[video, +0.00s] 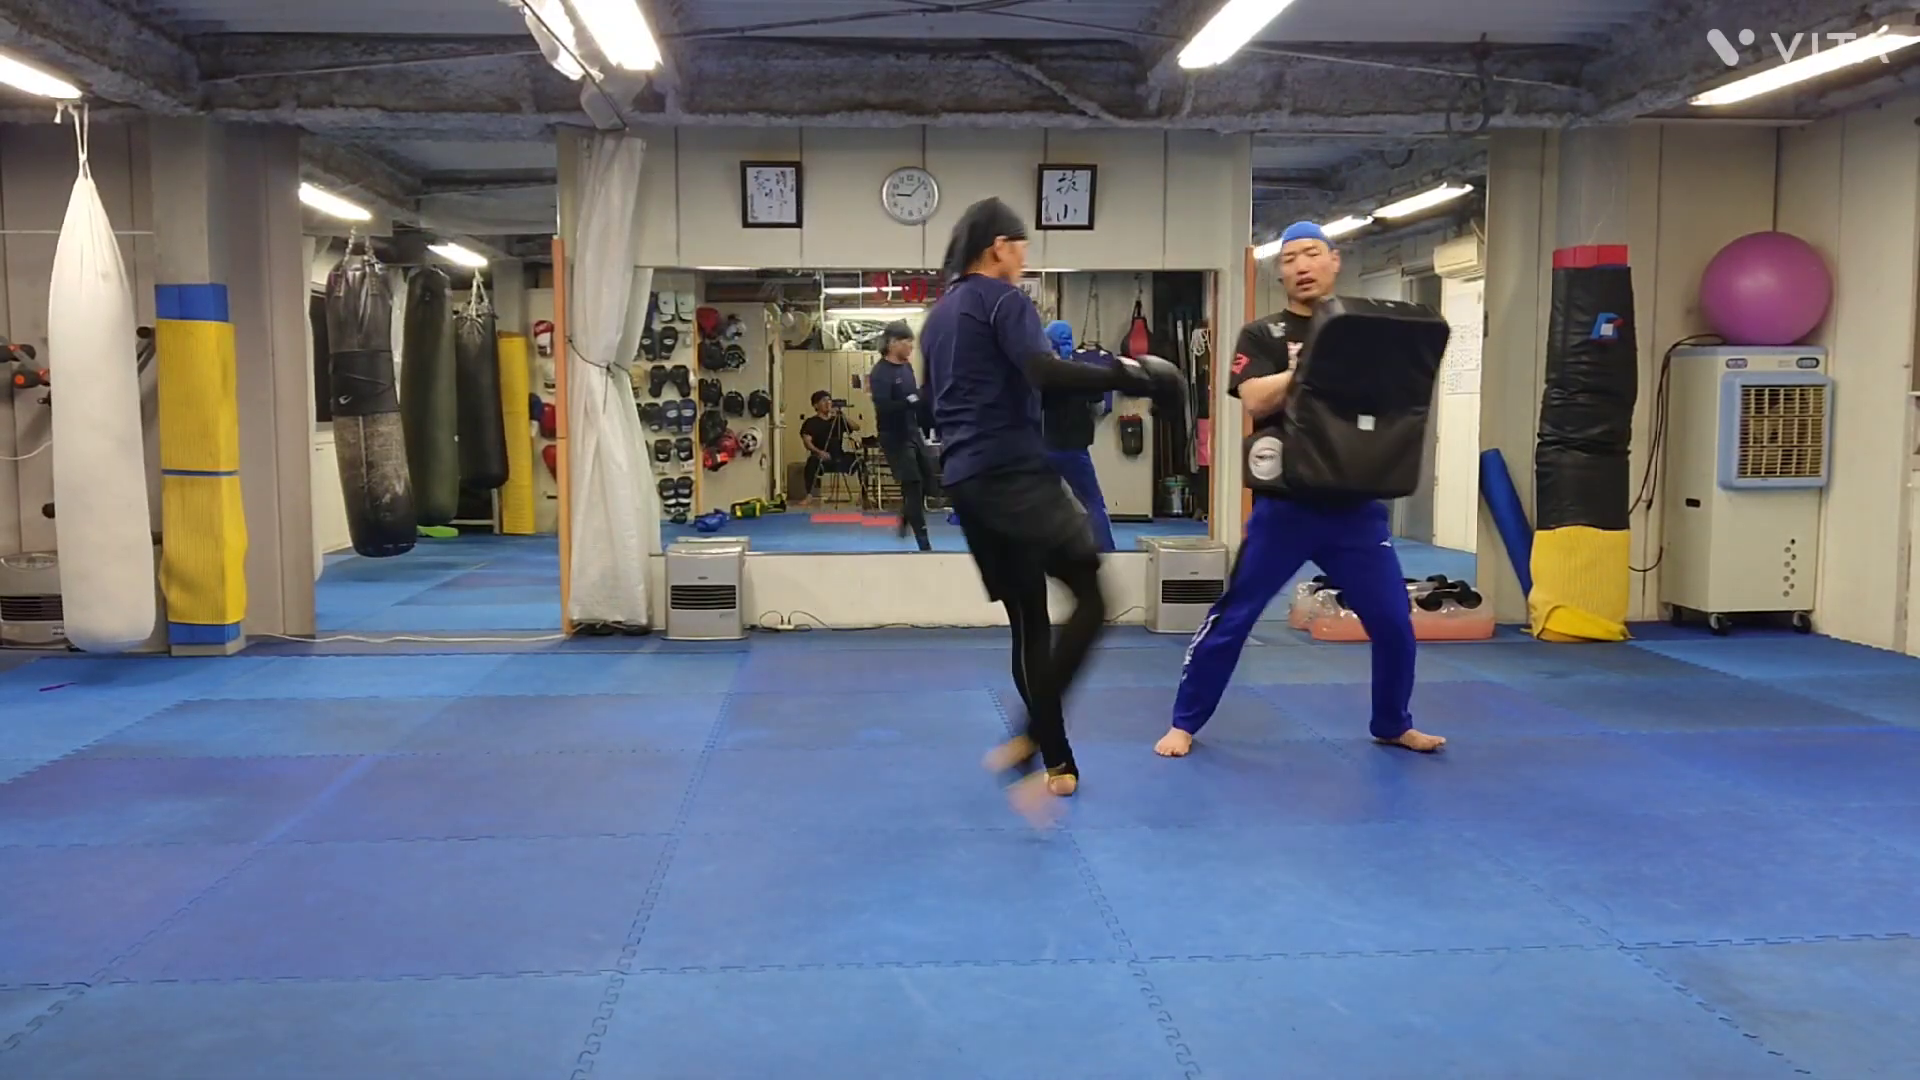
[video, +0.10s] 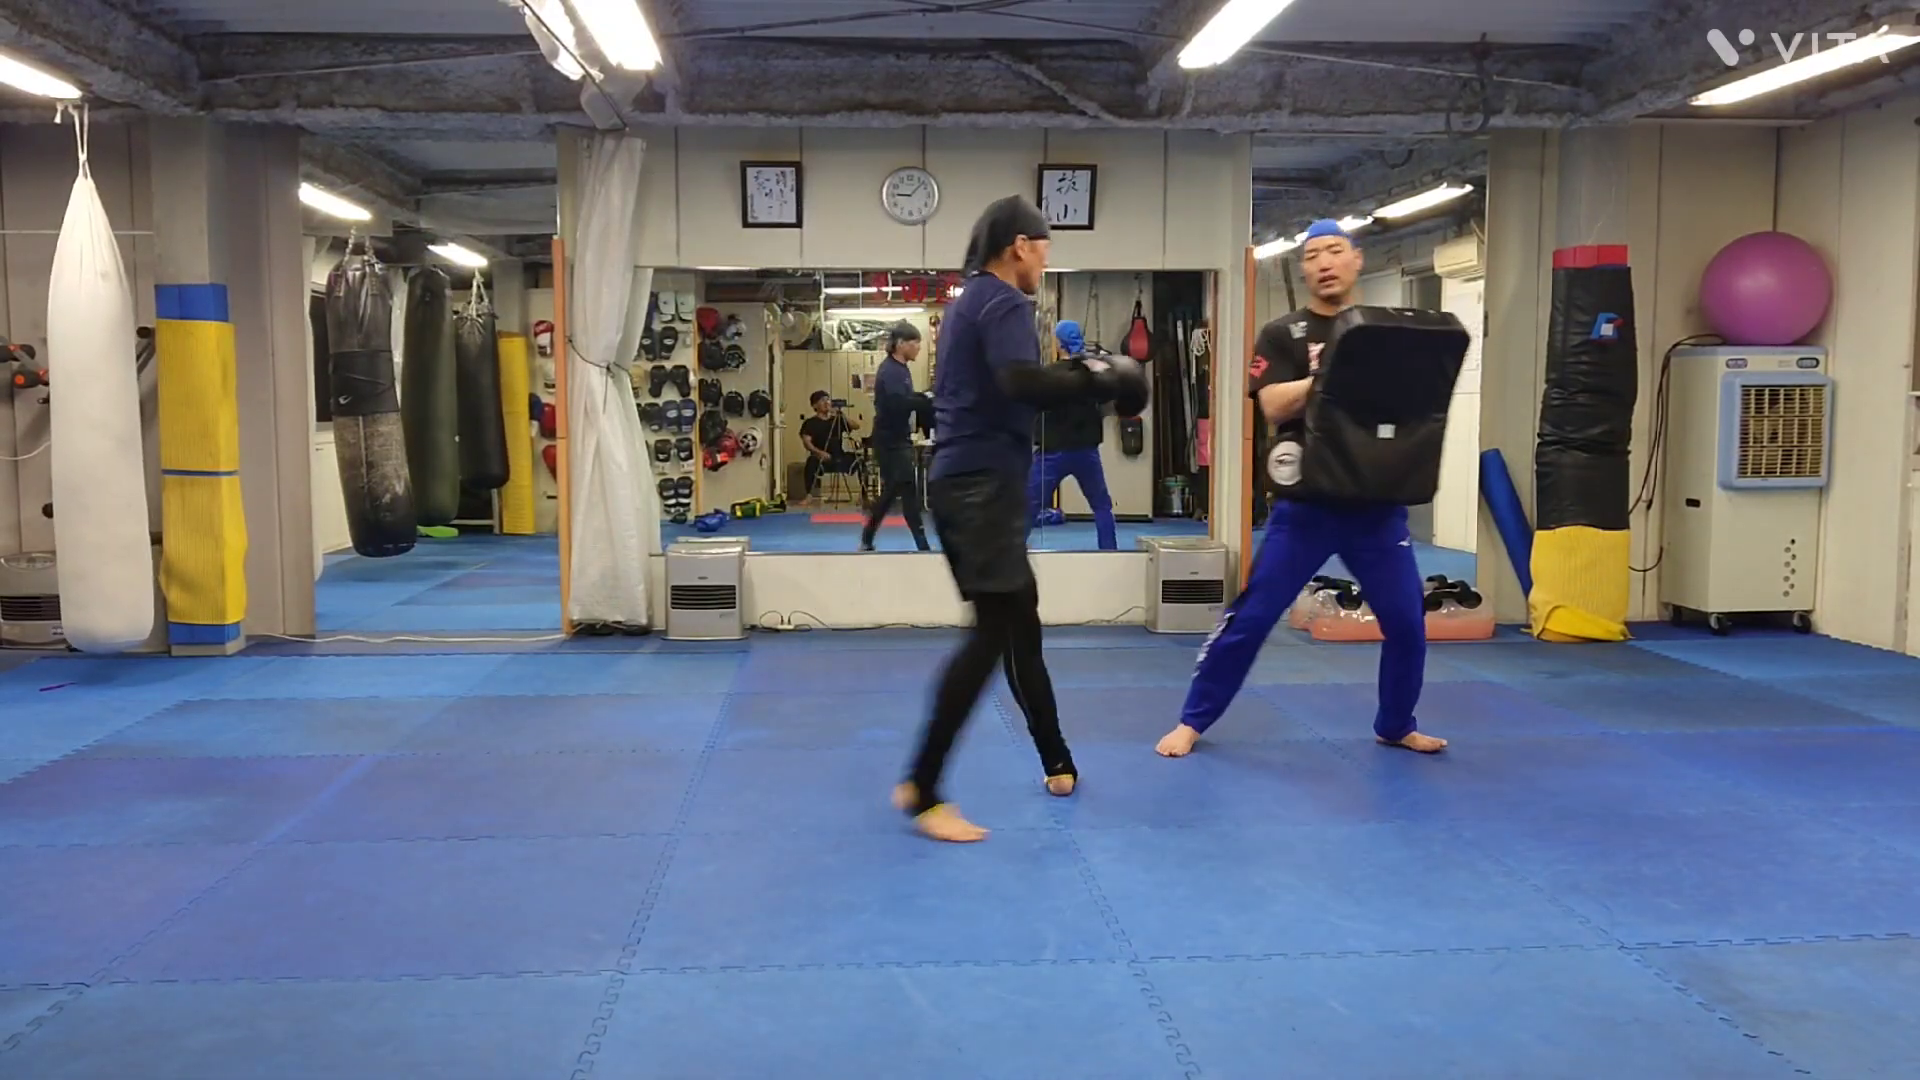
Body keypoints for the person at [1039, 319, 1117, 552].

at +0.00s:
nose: (1068, 345)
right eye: (1068, 341)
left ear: (1048, 342)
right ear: (1070, 341)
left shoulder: (1042, 367)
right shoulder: (1077, 367)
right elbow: (1096, 397)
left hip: (1045, 446)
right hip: (1074, 447)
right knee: (1092, 500)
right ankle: (1105, 547)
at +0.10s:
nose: (1054, 344)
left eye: (1056, 340)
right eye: (1056, 340)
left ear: (1060, 343)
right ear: (1081, 340)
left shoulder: (1052, 373)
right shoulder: (1097, 370)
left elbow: (1038, 406)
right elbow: (1104, 403)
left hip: (1053, 448)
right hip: (1086, 448)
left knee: (1028, 506)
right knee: (1102, 505)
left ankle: (1012, 554)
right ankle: (1109, 556)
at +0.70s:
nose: (1056, 341)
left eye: (1057, 337)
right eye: (1057, 337)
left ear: (1065, 339)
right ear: (1081, 336)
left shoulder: (1055, 365)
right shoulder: (1101, 362)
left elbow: (1045, 399)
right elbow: (1116, 401)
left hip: (1063, 442)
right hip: (1093, 441)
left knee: (1064, 498)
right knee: (1103, 496)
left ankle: (1072, 548)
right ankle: (1109, 548)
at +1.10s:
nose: (1035, 344)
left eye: (1037, 339)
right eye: (1036, 339)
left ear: (1045, 342)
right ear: (1060, 341)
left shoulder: (1033, 371)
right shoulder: (1079, 369)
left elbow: (1025, 401)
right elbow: (1092, 400)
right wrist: (1070, 403)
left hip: (1045, 438)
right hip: (1073, 436)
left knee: (1056, 493)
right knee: (1074, 487)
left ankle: (1068, 542)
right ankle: (1077, 535)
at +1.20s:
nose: (1030, 343)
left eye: (1033, 339)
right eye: (1031, 338)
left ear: (1043, 342)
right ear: (1057, 342)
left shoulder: (1032, 370)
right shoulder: (1077, 369)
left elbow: (1024, 400)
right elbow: (1083, 400)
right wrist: (1061, 401)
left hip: (1042, 436)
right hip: (1068, 434)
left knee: (1050, 493)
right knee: (1066, 490)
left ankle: (1066, 540)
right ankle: (1071, 535)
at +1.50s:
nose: (1011, 340)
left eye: (1014, 336)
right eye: (1011, 336)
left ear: (1026, 339)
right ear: (1028, 339)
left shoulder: (1026, 365)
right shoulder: (1043, 363)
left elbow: (1011, 401)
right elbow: (1046, 402)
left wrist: (998, 390)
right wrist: (1013, 395)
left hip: (1024, 438)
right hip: (1043, 436)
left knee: (1014, 488)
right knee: (1045, 486)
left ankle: (1013, 539)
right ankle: (1066, 536)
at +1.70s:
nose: (996, 342)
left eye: (1000, 338)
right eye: (996, 338)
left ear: (1012, 340)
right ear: (1009, 340)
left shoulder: (1019, 367)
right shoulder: (1010, 365)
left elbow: (1006, 402)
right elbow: (1004, 394)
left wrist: (983, 392)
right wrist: (987, 390)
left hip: (1013, 435)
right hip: (1008, 433)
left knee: (1002, 487)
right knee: (1002, 484)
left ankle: (1009, 540)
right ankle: (1023, 525)